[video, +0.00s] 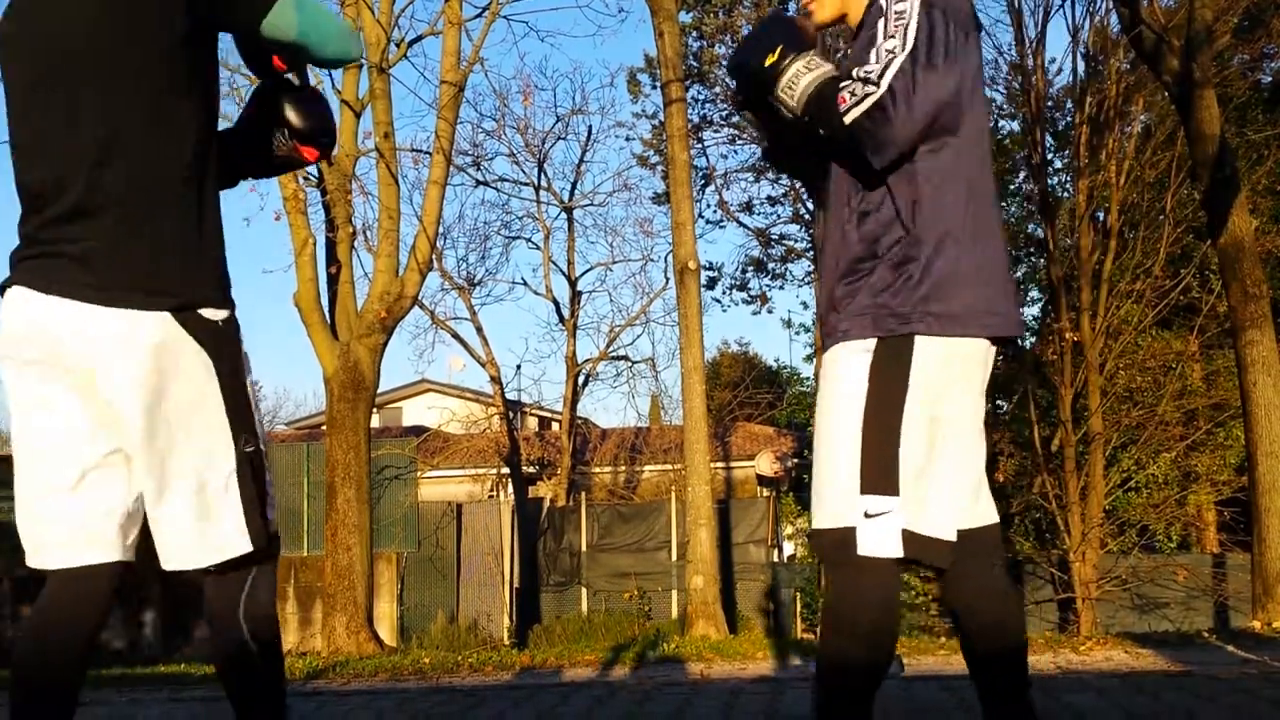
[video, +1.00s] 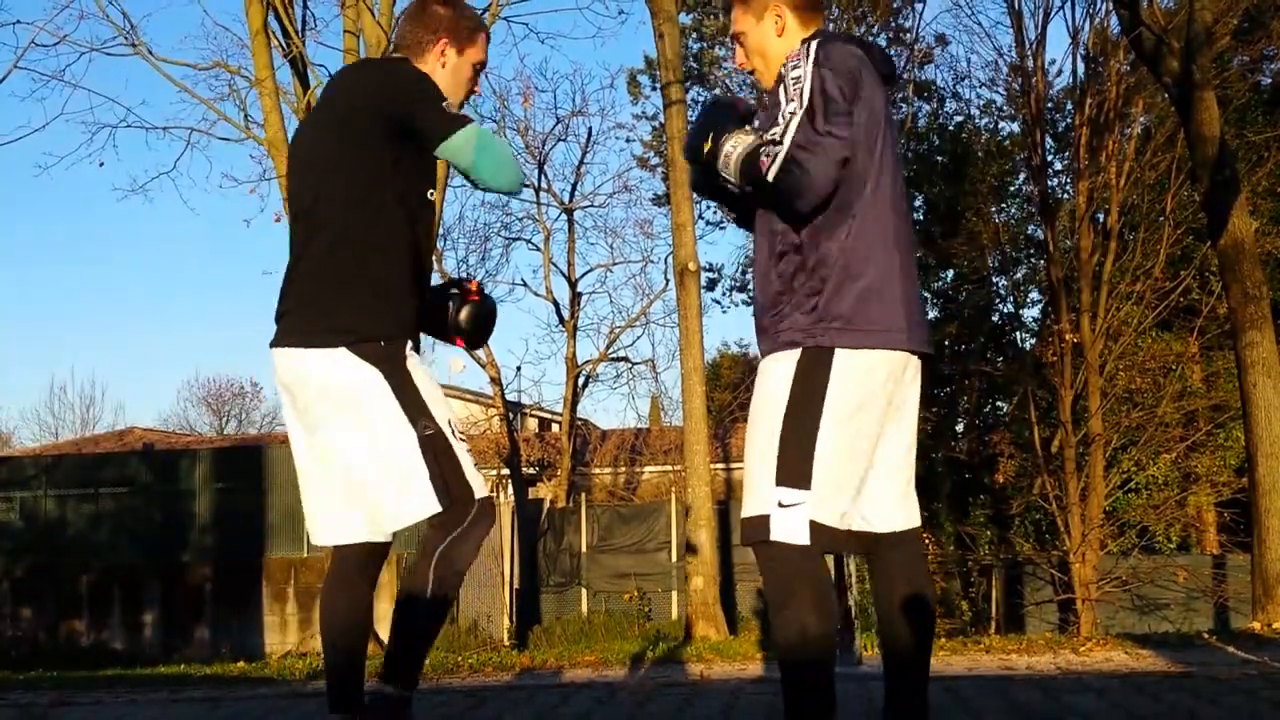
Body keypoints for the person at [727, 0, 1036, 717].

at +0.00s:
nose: (802, 8)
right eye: (800, 7)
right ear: (824, 13)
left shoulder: (917, 7)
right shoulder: (855, 44)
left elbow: (877, 132)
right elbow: (834, 181)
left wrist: (789, 67)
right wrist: (769, 93)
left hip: (903, 303)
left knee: (854, 530)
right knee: (959, 530)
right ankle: (1013, 717)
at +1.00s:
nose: (735, 58)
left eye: (739, 38)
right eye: (732, 43)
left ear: (778, 17)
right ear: (782, 18)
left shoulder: (825, 61)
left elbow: (803, 182)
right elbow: (774, 214)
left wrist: (731, 143)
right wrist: (718, 157)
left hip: (827, 332)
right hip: (887, 330)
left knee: (778, 528)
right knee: (888, 525)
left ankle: (807, 713)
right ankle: (908, 711)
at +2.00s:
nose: (804, 40)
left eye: (818, 20)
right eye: (788, 28)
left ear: (851, 14)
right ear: (775, 32)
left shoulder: (881, 87)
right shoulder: (807, 117)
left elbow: (844, 200)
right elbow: (782, 228)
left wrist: (765, 146)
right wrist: (727, 177)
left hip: (851, 349)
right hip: (833, 350)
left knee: (826, 540)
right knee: (879, 534)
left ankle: (823, 719)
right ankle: (968, 695)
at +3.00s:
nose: (944, 43)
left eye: (953, 24)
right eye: (941, 28)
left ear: (1006, 11)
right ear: (994, 17)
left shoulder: (1058, 66)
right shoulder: (1015, 93)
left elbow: (1014, 186)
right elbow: (977, 212)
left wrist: (939, 126)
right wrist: (922, 140)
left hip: (1061, 336)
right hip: (1011, 343)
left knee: (1086, 526)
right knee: (1032, 527)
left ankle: (1131, 706)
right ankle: (1109, 692)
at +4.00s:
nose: (938, 57)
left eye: (946, 37)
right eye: (935, 42)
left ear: (996, 24)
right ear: (991, 26)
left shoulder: (1043, 71)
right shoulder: (1039, 80)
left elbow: (1016, 202)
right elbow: (1010, 206)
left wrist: (940, 155)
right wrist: (949, 151)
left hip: (1084, 333)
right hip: (1081, 333)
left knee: (1094, 529)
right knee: (1098, 529)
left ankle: (1119, 709)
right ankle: (1119, 704)